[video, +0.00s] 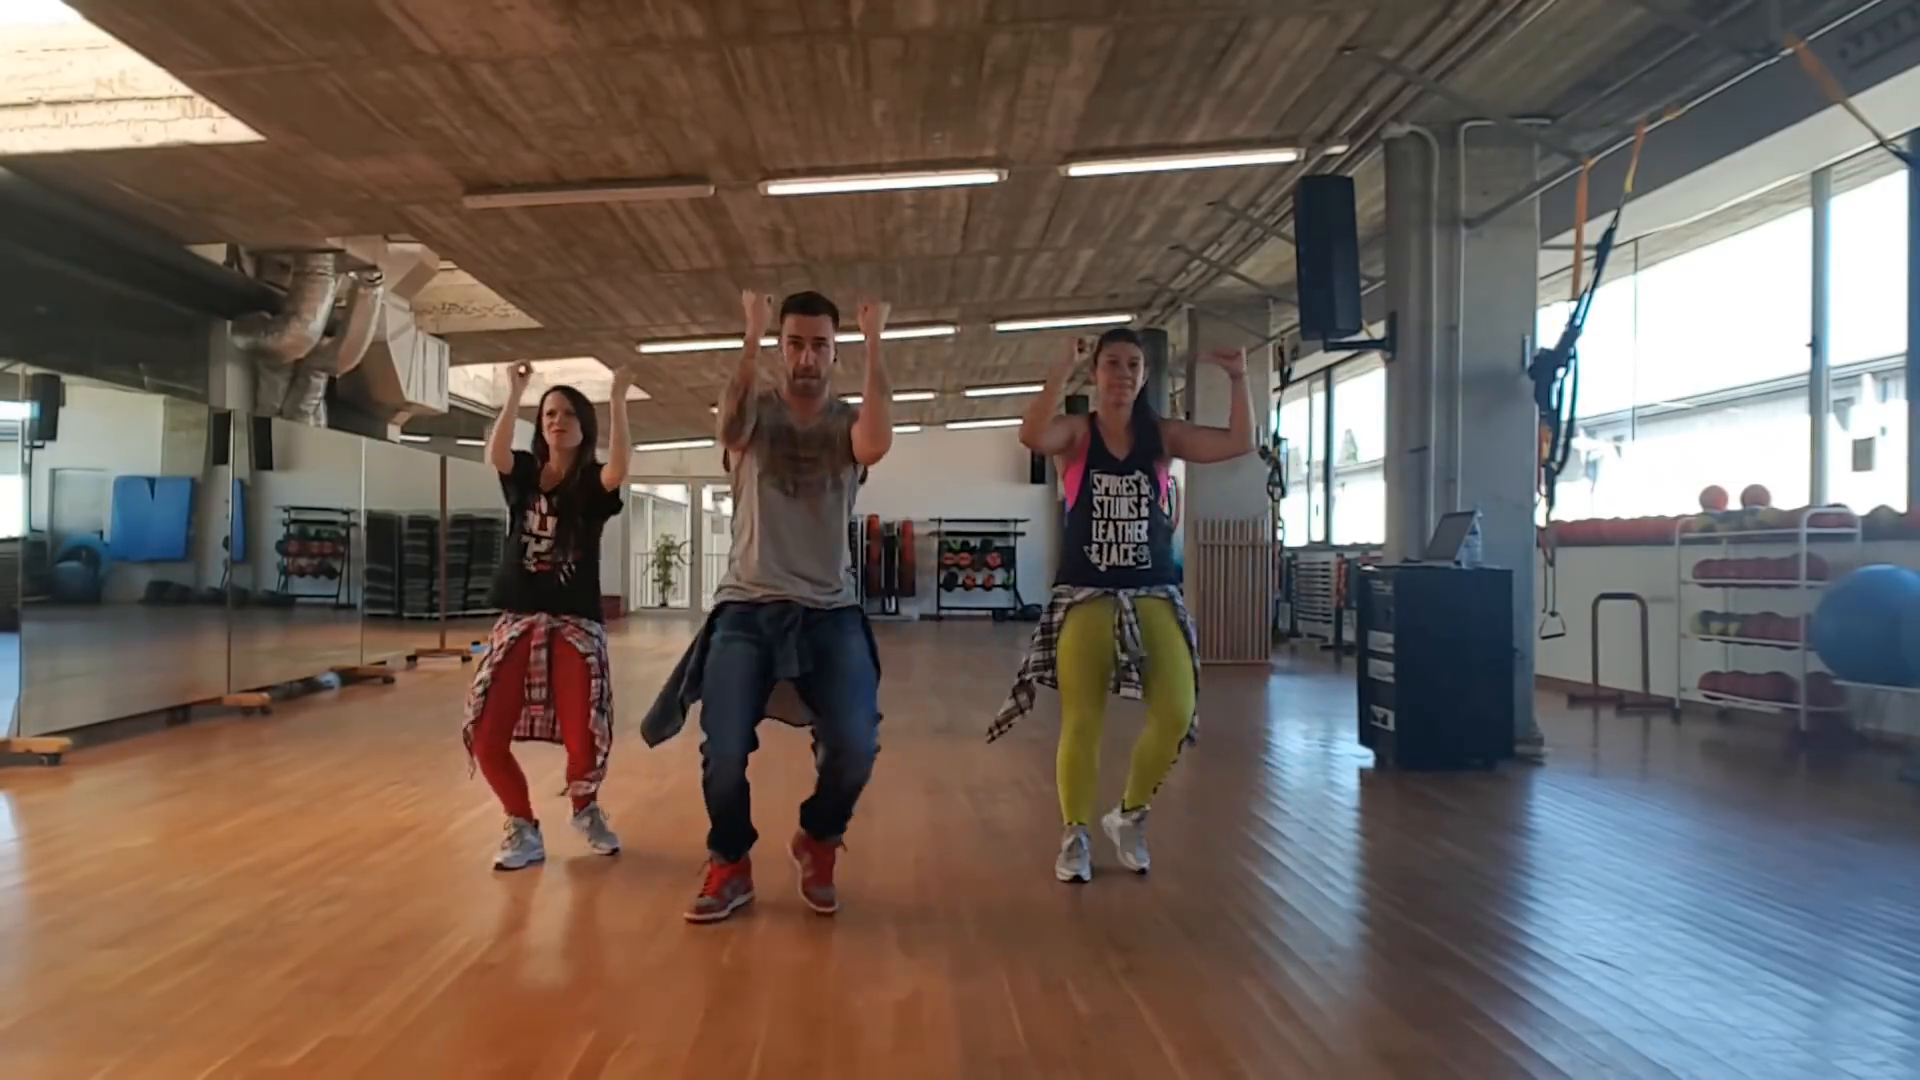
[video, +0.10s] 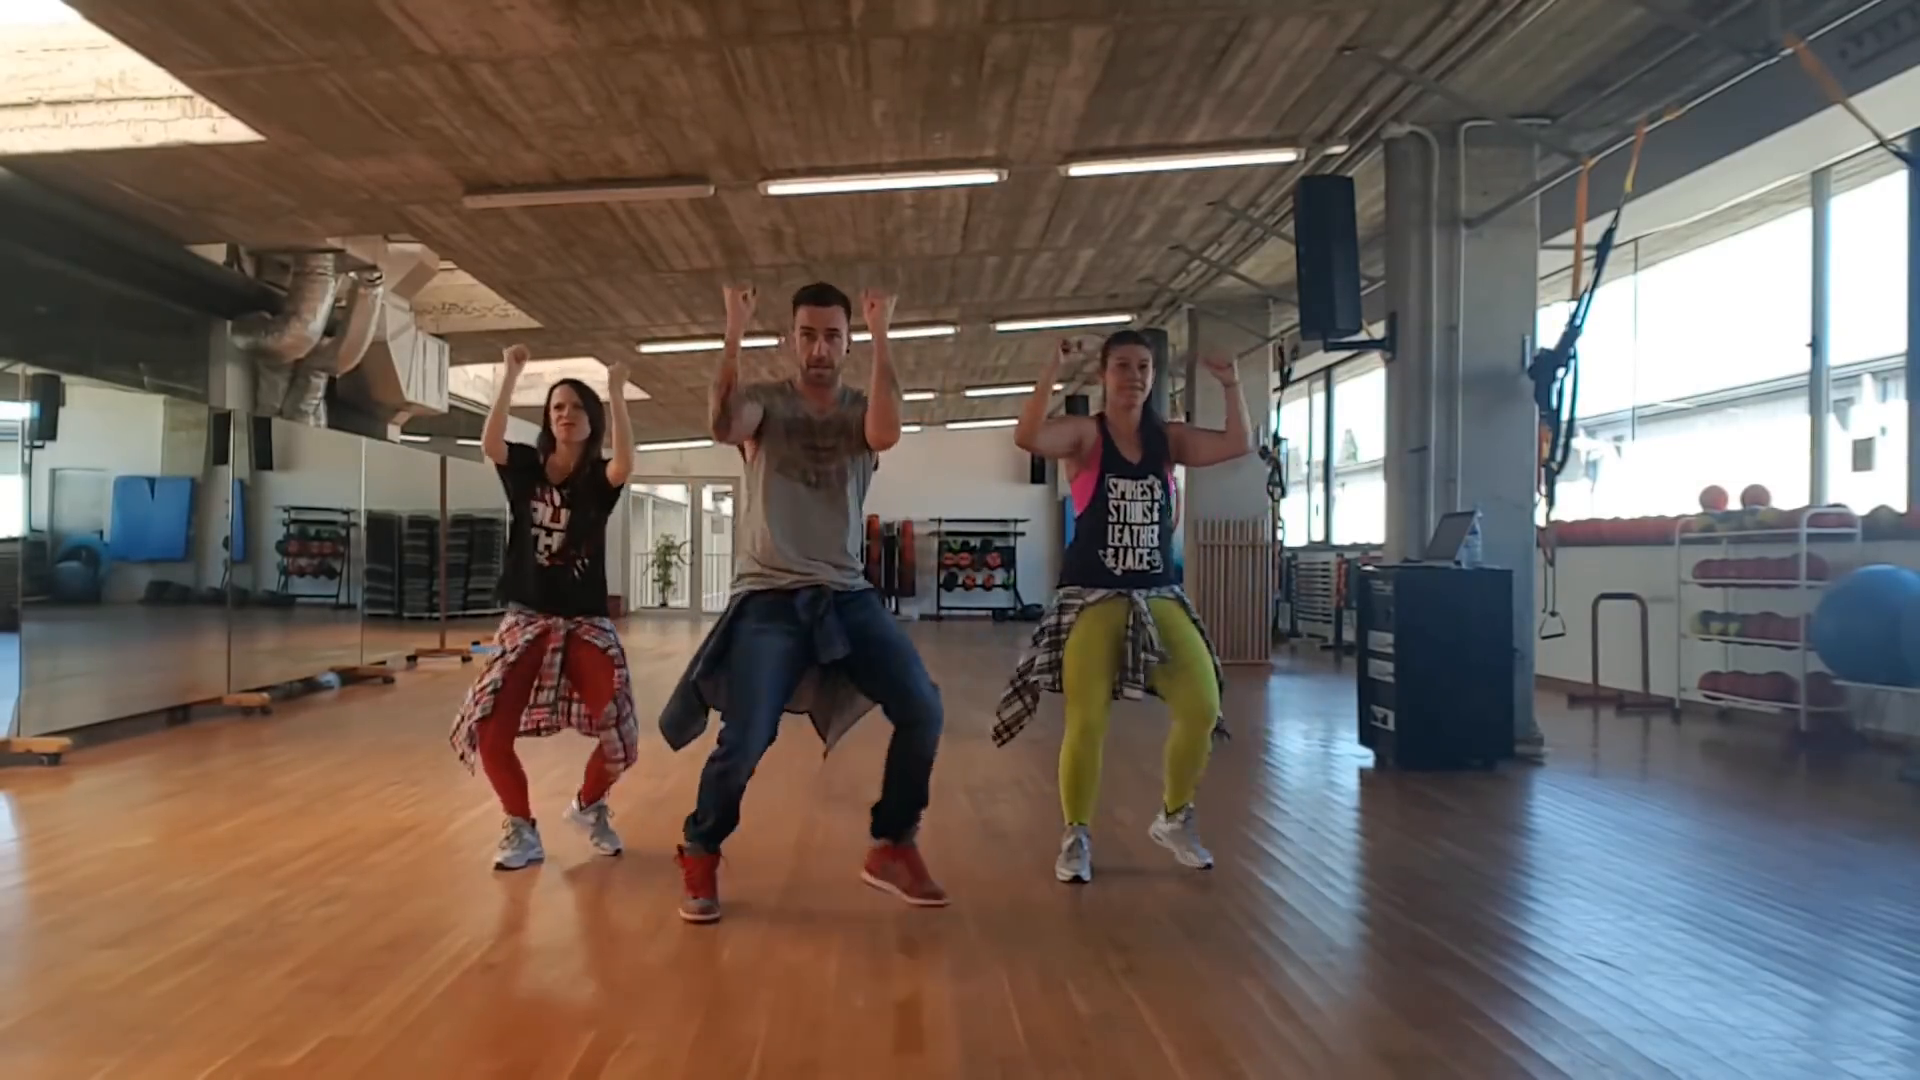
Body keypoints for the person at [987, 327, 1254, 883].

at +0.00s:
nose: (1122, 374)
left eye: (1132, 366)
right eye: (1112, 365)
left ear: (1144, 376)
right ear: (1094, 373)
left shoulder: (1161, 433)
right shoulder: (1076, 429)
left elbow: (1238, 442)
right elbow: (1032, 436)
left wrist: (1237, 376)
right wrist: (1061, 374)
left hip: (1154, 592)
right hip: (1087, 592)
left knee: (1176, 711)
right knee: (1082, 719)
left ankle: (1129, 815)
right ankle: (1075, 835)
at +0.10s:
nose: (1134, 376)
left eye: (1143, 367)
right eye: (1123, 367)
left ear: (1154, 377)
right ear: (1103, 376)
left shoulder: (1167, 437)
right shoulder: (1084, 432)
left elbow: (1237, 444)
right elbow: (1028, 437)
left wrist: (1229, 382)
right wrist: (1050, 374)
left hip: (1159, 593)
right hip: (1094, 594)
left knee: (1200, 705)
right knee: (1087, 719)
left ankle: (1174, 820)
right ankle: (1076, 836)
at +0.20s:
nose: (1147, 375)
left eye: (1156, 366)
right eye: (1137, 365)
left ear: (1168, 376)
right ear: (1117, 374)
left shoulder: (1179, 436)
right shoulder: (1097, 431)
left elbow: (1247, 440)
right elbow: (1024, 440)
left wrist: (1223, 379)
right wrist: (1031, 371)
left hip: (1170, 594)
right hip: (1109, 593)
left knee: (1211, 708)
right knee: (1096, 720)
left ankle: (1227, 831)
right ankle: (1077, 837)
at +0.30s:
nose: (1166, 376)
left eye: (1174, 367)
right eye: (1154, 367)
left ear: (1185, 377)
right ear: (1134, 376)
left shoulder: (1197, 437)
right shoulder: (1117, 436)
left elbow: (1266, 432)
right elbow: (1034, 447)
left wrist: (1232, 373)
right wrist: (1028, 376)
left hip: (1189, 599)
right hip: (1130, 599)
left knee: (1216, 719)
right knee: (1107, 724)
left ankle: (1249, 836)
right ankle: (1076, 838)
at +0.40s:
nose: (1186, 377)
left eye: (1193, 368)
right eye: (1174, 369)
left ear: (1205, 378)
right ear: (1153, 378)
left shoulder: (1218, 437)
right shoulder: (1139, 438)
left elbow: (1289, 430)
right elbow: (1061, 452)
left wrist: (1254, 376)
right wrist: (1056, 382)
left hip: (1212, 598)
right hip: (1153, 597)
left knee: (1238, 717)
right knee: (1121, 721)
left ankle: (1255, 840)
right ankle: (1077, 835)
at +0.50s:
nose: (1202, 378)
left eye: (1210, 368)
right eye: (1191, 369)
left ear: (1222, 377)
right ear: (1172, 380)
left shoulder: (1242, 435)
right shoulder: (1159, 438)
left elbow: (1311, 432)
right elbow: (1091, 453)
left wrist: (1285, 379)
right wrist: (1102, 385)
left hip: (1233, 596)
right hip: (1171, 595)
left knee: (1256, 711)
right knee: (1134, 712)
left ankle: (1256, 840)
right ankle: (1088, 831)